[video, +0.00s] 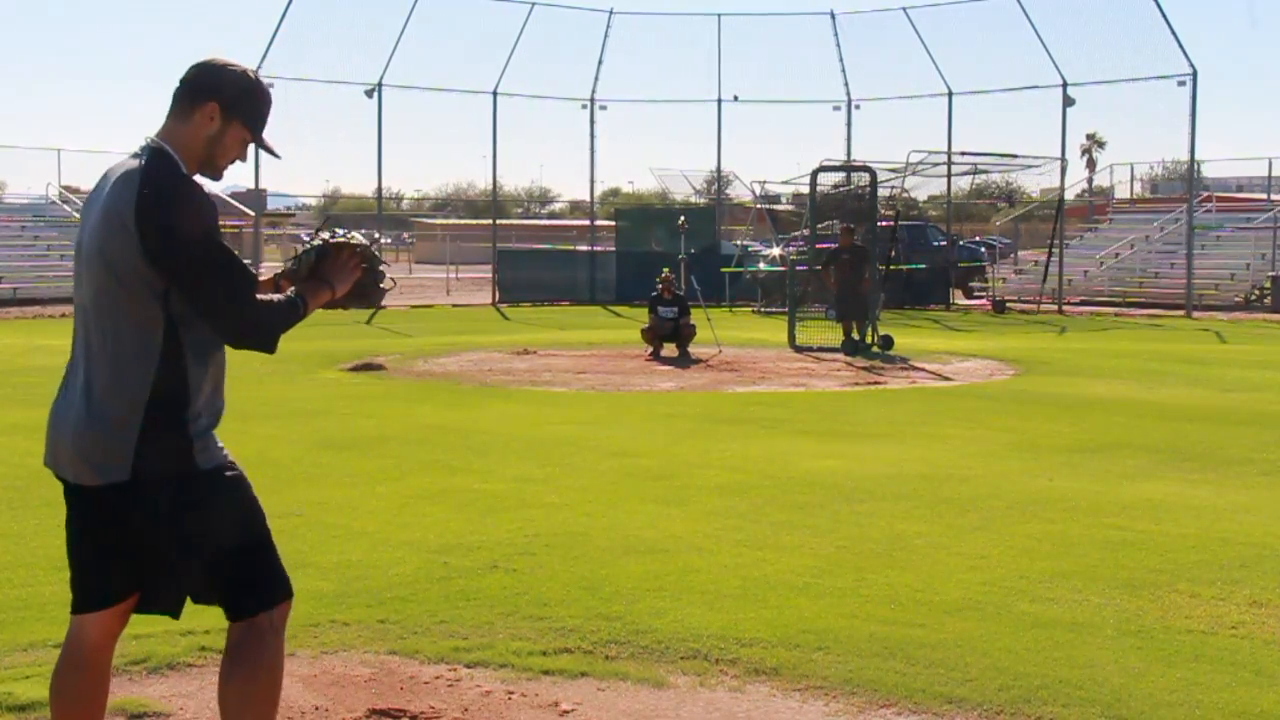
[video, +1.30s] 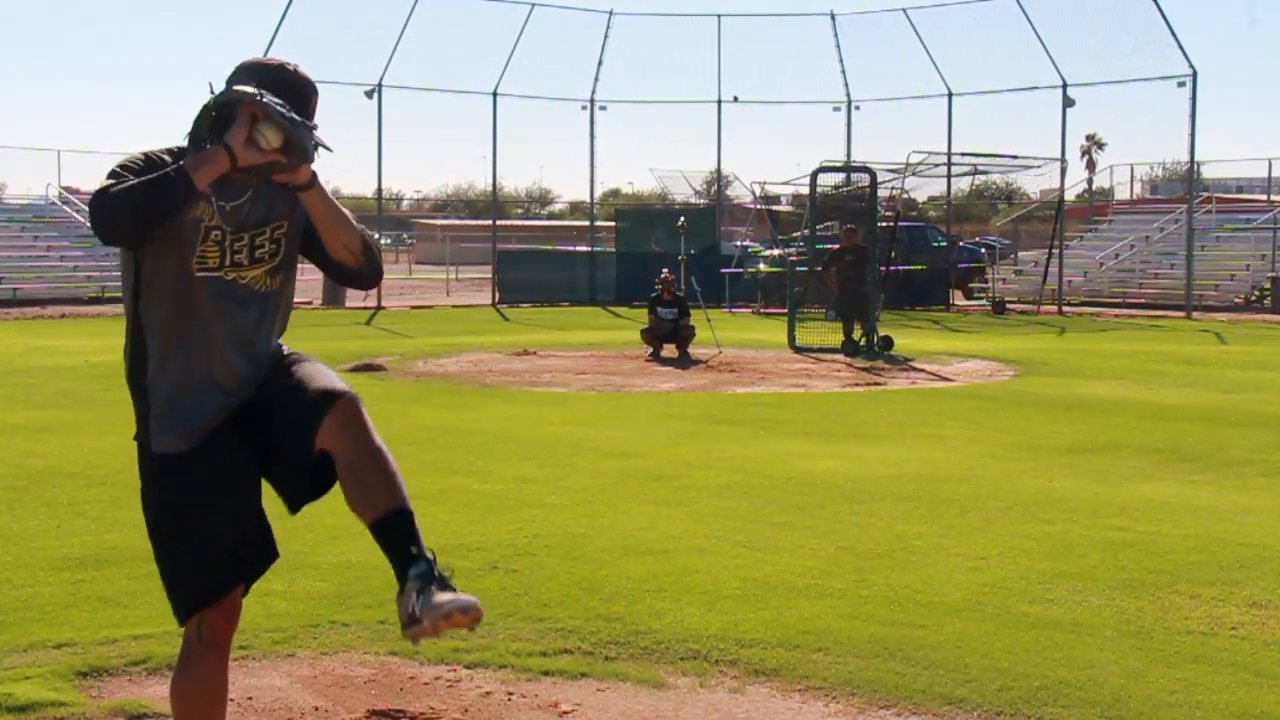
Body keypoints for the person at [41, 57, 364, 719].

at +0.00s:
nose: (243, 155)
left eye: (249, 144)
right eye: (244, 139)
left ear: (193, 116)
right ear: (210, 115)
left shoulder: (115, 184)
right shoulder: (169, 192)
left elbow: (180, 302)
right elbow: (242, 319)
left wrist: (275, 283)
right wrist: (313, 296)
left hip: (89, 445)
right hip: (167, 451)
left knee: (98, 613)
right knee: (263, 603)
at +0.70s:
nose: (250, 160)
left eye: (256, 149)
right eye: (249, 143)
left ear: (212, 123)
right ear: (210, 116)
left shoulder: (207, 204)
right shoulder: (143, 189)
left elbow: (256, 308)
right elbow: (194, 300)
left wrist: (311, 271)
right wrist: (306, 270)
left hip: (176, 446)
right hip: (147, 448)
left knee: (143, 606)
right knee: (242, 609)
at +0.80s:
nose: (258, 150)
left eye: (264, 139)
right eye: (256, 133)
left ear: (220, 117)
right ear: (215, 108)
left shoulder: (229, 200)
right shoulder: (141, 185)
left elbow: (279, 311)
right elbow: (189, 294)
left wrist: (317, 262)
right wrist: (288, 261)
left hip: (207, 445)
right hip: (156, 448)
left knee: (200, 610)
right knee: (227, 618)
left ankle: (138, 716)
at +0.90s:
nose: (265, 144)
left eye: (271, 131)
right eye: (262, 126)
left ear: (228, 113)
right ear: (216, 103)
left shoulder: (248, 199)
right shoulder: (135, 183)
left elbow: (299, 305)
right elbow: (171, 281)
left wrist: (318, 253)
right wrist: (282, 237)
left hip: (233, 437)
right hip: (160, 447)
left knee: (291, 581)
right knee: (219, 619)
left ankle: (185, 710)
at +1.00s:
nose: (267, 144)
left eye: (272, 131)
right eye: (263, 126)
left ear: (228, 112)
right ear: (219, 103)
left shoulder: (251, 189)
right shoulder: (131, 179)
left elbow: (316, 299)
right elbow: (141, 265)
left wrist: (312, 236)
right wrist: (257, 216)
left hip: (250, 427)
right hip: (167, 442)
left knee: (328, 567)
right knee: (209, 622)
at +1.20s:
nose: (273, 145)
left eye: (283, 134)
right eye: (264, 128)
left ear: (291, 136)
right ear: (228, 112)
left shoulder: (278, 193)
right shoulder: (144, 169)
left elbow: (349, 286)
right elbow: (105, 232)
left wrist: (303, 199)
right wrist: (221, 173)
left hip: (263, 399)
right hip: (176, 433)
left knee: (342, 497)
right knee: (208, 618)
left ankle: (425, 667)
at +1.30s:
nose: (268, 141)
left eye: (284, 134)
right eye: (261, 122)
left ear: (296, 141)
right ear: (230, 108)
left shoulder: (288, 194)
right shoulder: (160, 172)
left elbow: (365, 274)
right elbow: (110, 219)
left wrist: (309, 183)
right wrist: (221, 158)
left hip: (266, 384)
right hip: (183, 420)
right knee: (217, 610)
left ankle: (419, 581)